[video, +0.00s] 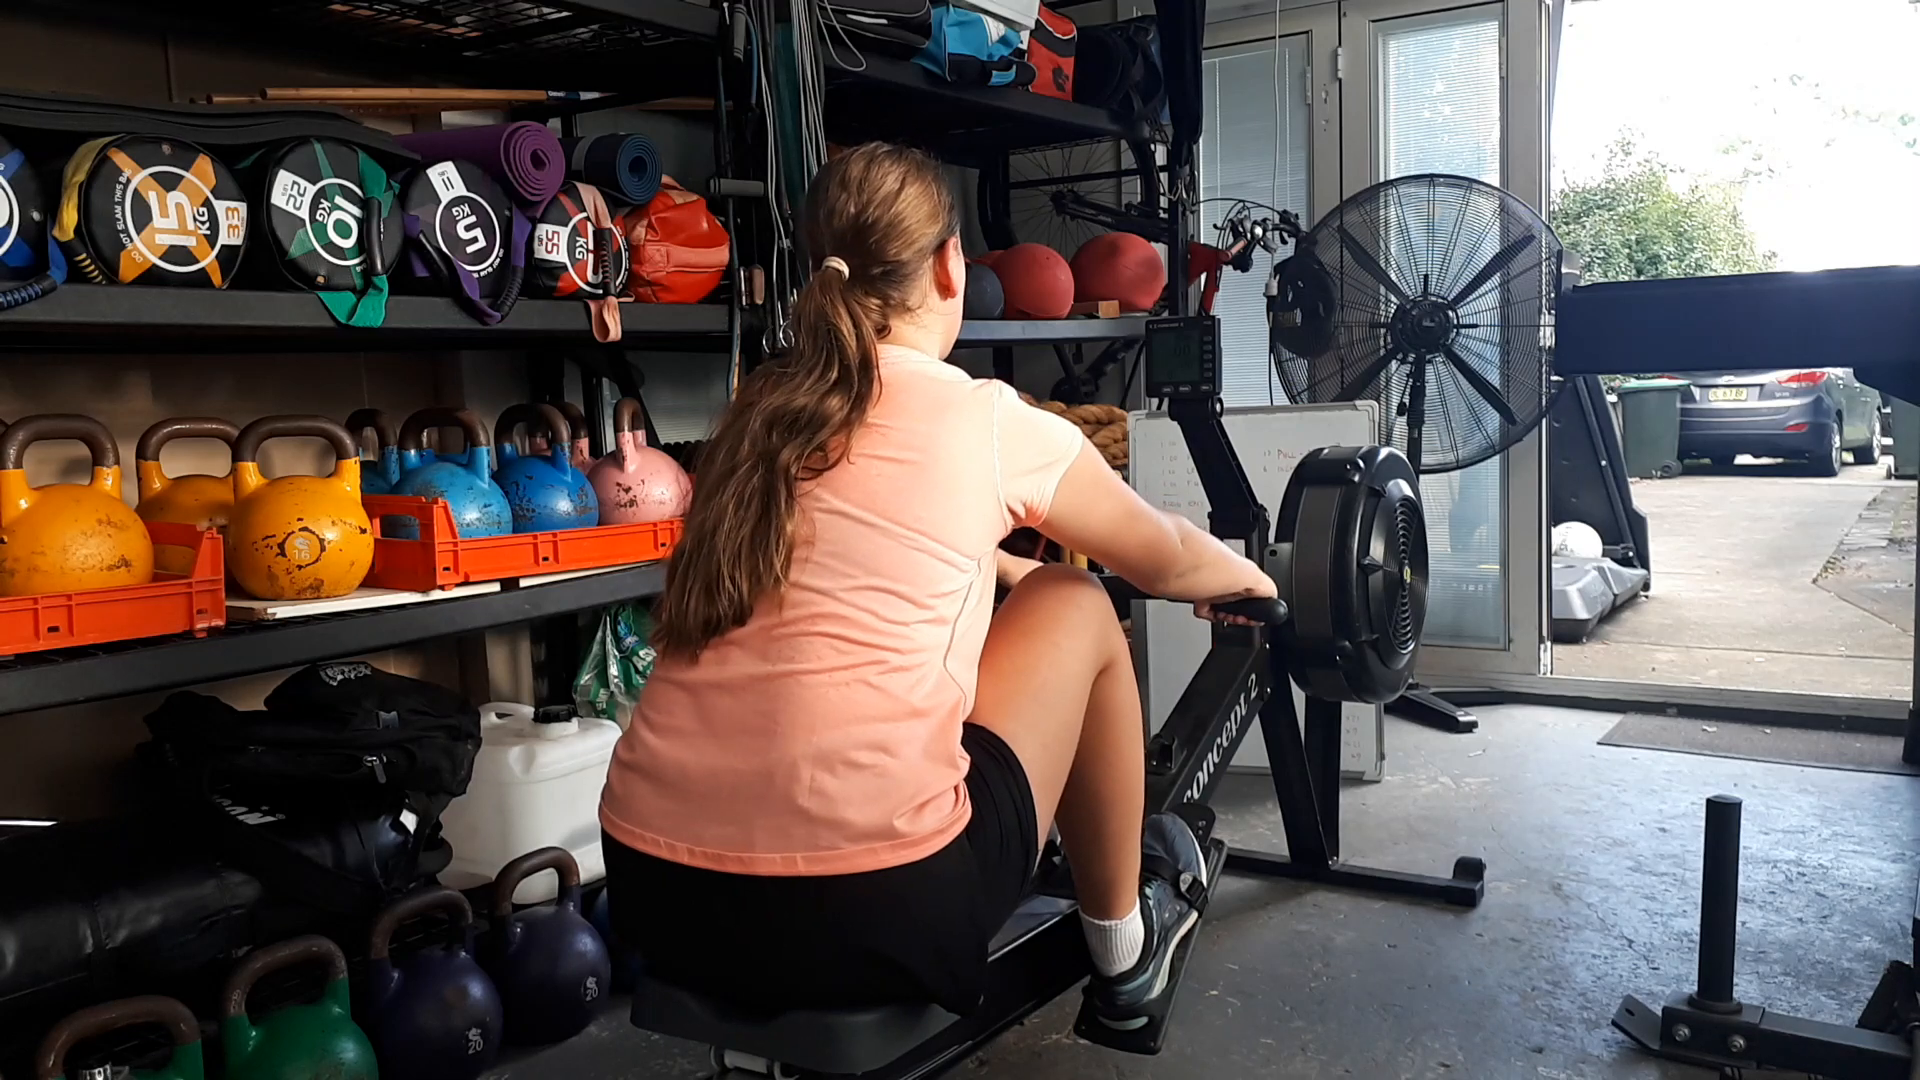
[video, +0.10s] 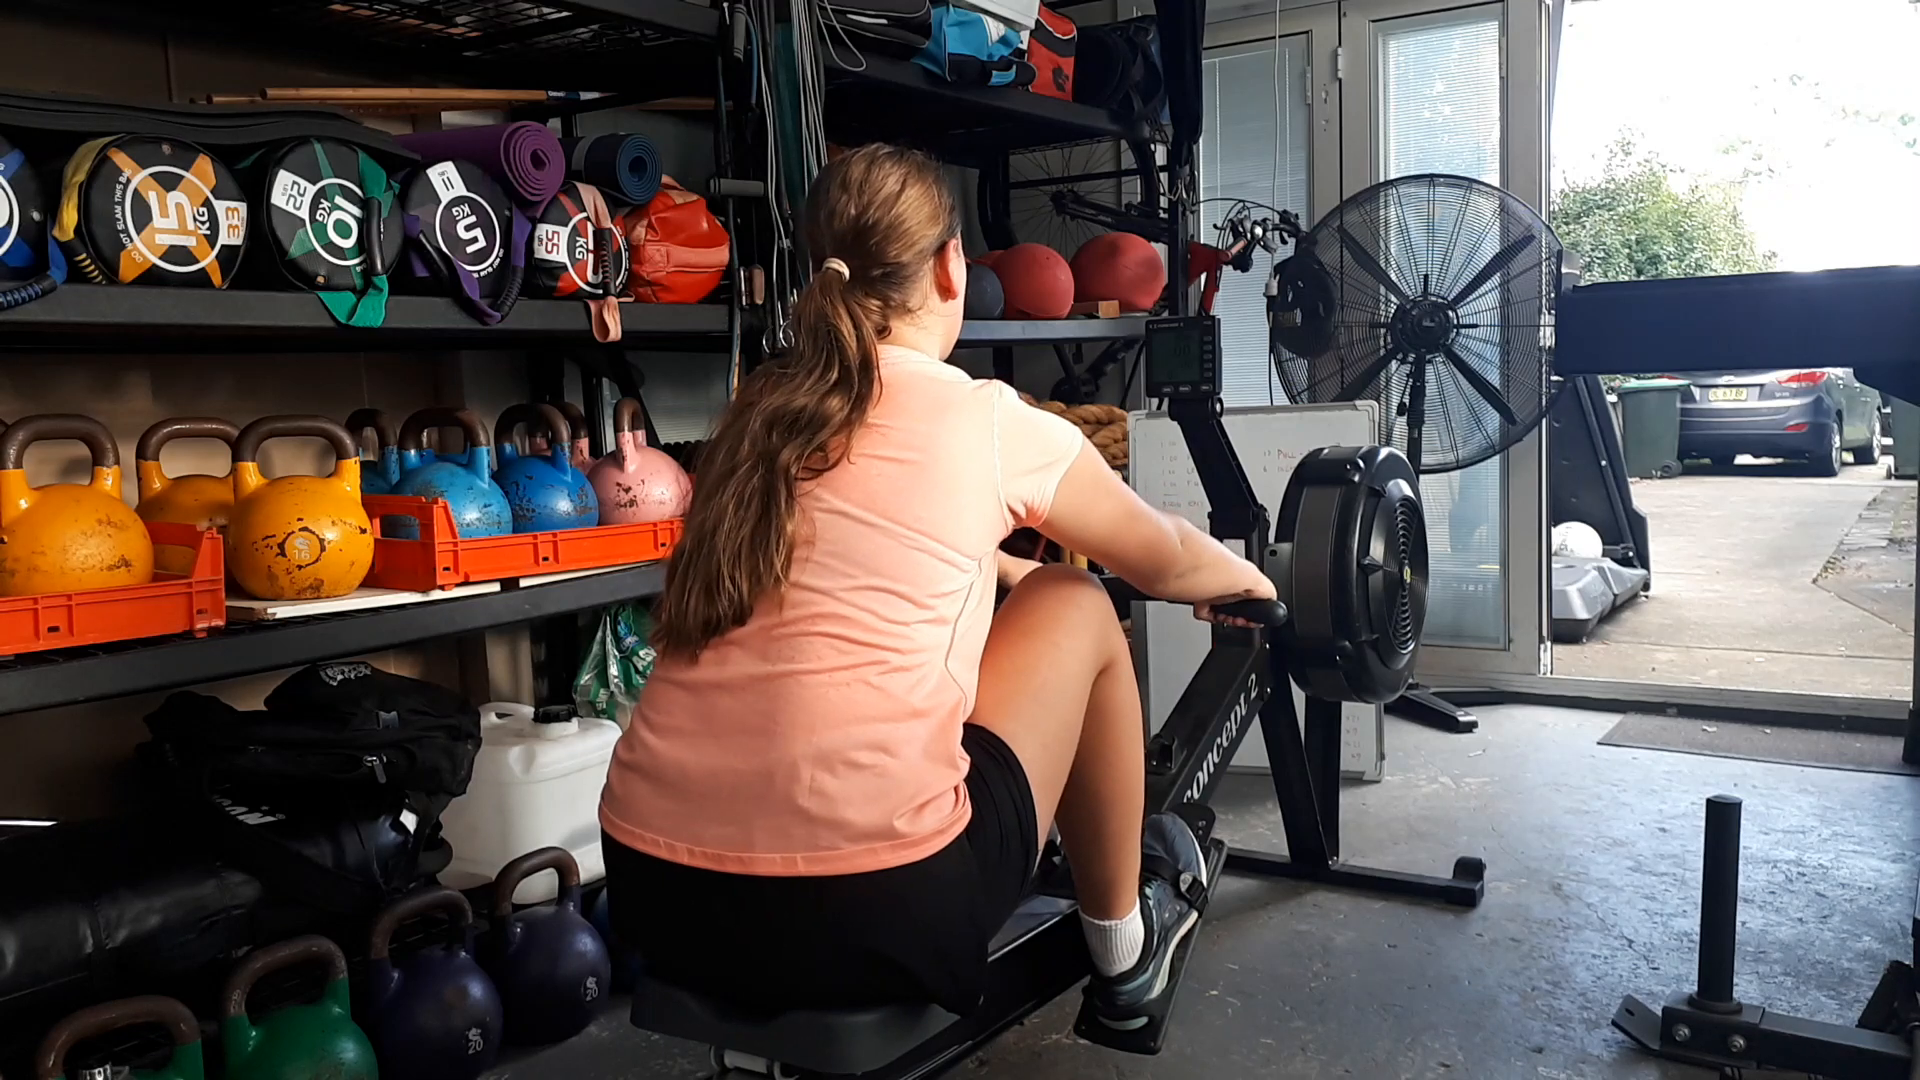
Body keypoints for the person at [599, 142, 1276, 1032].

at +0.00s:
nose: (968, 276)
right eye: (963, 254)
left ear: (816, 278)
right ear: (948, 270)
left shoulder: (757, 412)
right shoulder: (986, 422)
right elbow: (1158, 550)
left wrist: (1028, 577)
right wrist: (1222, 568)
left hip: (664, 906)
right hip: (875, 919)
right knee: (1076, 600)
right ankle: (1123, 963)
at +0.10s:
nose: (969, 278)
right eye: (964, 256)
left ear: (818, 277)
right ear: (949, 271)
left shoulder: (756, 411)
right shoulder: (988, 422)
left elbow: (860, 545)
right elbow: (1157, 551)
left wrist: (1027, 578)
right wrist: (1222, 569)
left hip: (664, 907)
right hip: (875, 920)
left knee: (946, 598)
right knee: (1076, 599)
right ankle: (1123, 963)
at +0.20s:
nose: (969, 278)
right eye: (965, 255)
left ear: (822, 275)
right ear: (949, 271)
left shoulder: (757, 408)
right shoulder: (990, 422)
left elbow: (840, 557)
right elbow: (1159, 550)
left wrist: (1005, 574)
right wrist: (1224, 570)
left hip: (663, 906)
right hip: (875, 920)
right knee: (1076, 598)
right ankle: (1123, 962)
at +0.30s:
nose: (970, 278)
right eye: (967, 256)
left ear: (824, 275)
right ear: (950, 271)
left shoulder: (757, 408)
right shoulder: (989, 420)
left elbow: (851, 548)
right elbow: (1159, 547)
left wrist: (1016, 576)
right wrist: (1225, 568)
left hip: (662, 906)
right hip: (874, 920)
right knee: (1075, 599)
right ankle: (1123, 963)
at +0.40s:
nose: (971, 278)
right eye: (968, 256)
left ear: (823, 275)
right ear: (950, 272)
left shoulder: (757, 408)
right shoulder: (989, 418)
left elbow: (856, 543)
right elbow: (1161, 547)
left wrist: (1026, 576)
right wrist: (1230, 568)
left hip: (663, 909)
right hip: (873, 923)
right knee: (1076, 599)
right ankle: (1123, 962)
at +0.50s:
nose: (971, 279)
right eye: (968, 256)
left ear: (825, 273)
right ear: (951, 270)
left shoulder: (756, 408)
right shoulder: (990, 417)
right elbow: (1161, 547)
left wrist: (1027, 577)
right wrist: (1230, 569)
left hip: (663, 909)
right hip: (874, 923)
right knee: (1076, 598)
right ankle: (1123, 962)